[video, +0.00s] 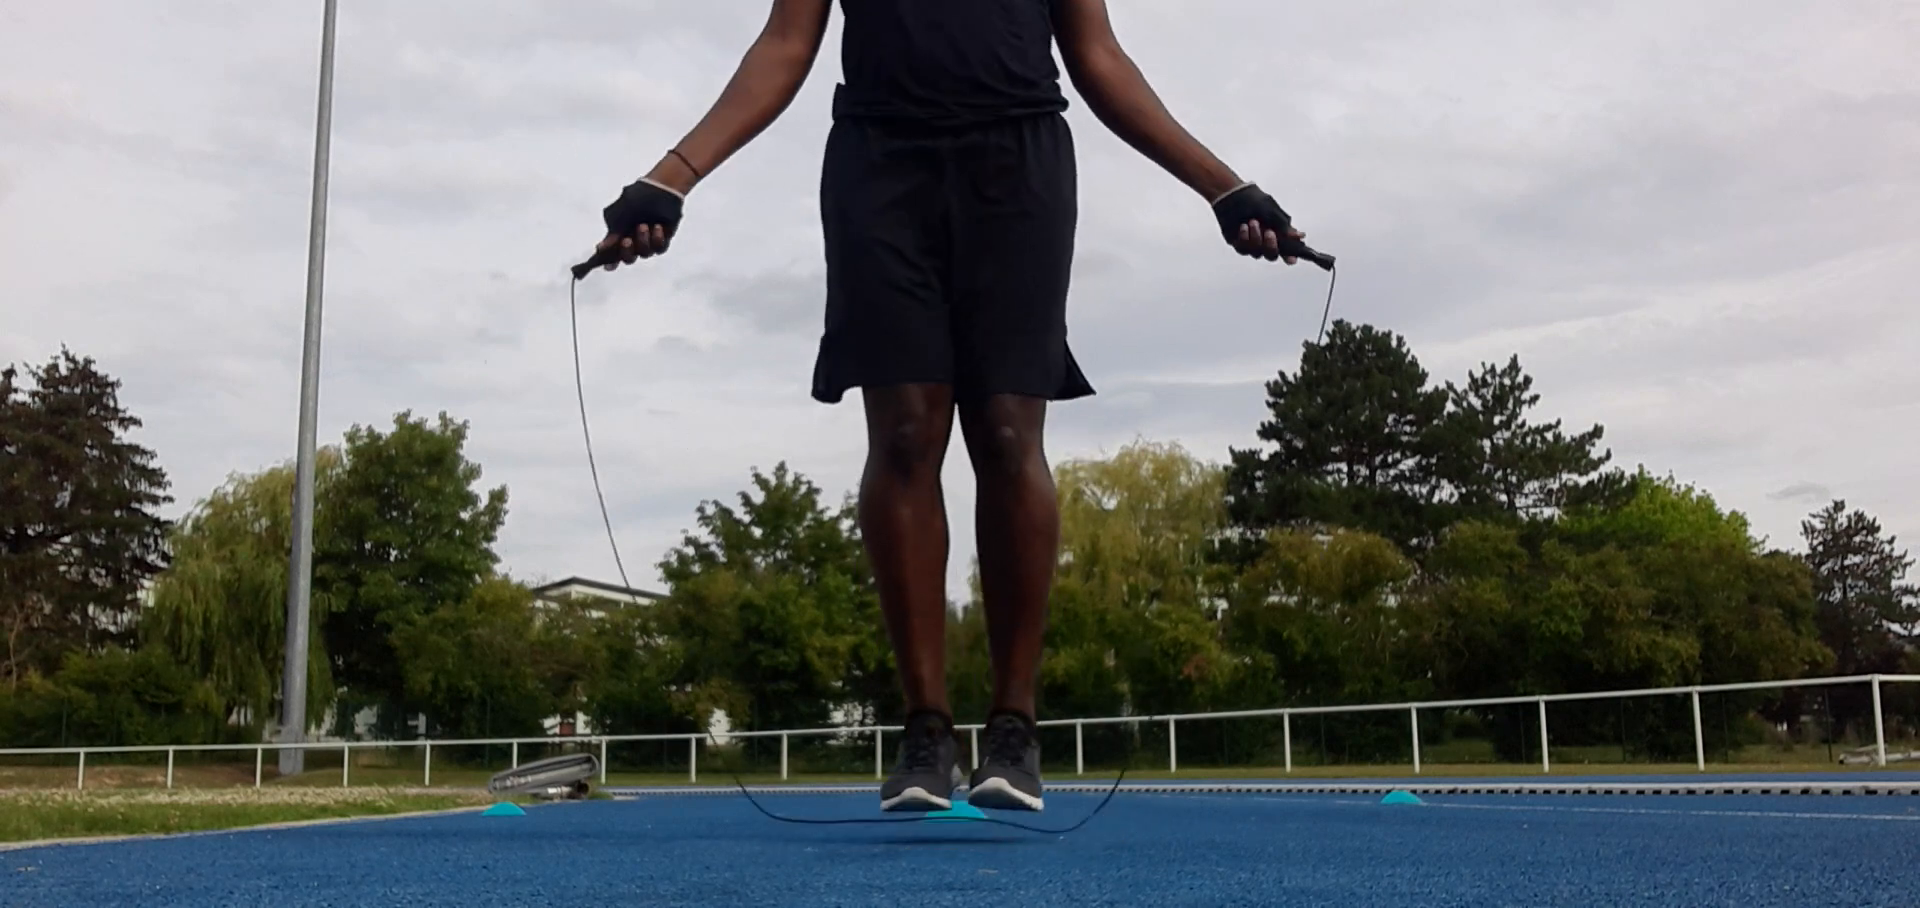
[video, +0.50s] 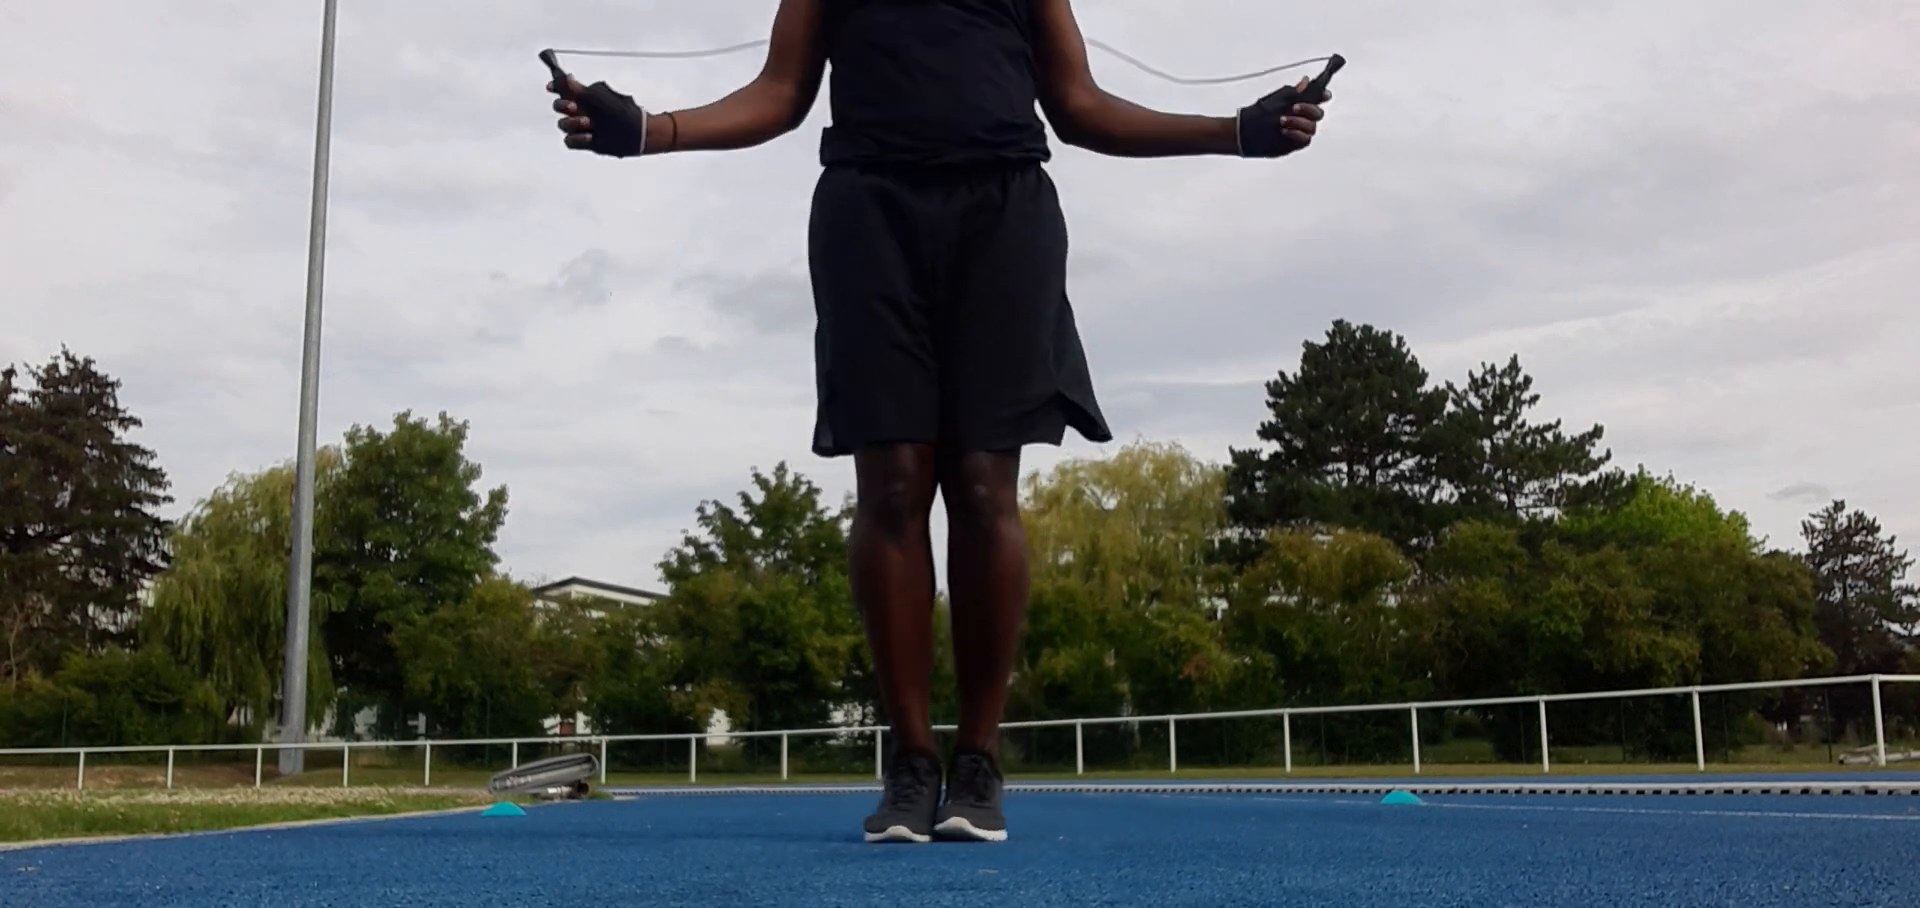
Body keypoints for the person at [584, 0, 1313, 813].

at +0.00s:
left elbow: (1099, 57)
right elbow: (787, 39)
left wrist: (1224, 185)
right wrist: (672, 173)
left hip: (1018, 146)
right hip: (878, 150)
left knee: (1006, 431)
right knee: (904, 427)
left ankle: (1013, 731)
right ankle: (926, 735)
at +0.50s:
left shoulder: (1030, 7)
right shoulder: (823, 7)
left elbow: (1082, 109)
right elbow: (778, 94)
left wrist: (1239, 129)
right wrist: (645, 128)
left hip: (1003, 205)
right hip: (869, 206)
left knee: (983, 484)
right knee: (893, 481)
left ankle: (977, 764)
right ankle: (910, 769)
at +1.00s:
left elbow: (1077, 98)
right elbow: (765, 84)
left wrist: (1206, 186)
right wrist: (659, 178)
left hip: (997, 206)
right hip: (863, 208)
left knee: (981, 469)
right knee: (886, 467)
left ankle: (982, 760)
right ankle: (908, 766)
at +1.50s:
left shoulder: (1013, 4)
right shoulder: (810, 2)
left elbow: (1062, 105)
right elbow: (764, 87)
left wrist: (1205, 192)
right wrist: (633, 190)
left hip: (987, 188)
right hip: (853, 186)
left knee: (964, 452)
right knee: (880, 450)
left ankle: (960, 739)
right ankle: (899, 741)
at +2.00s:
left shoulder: (1011, 6)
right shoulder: (802, 7)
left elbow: (1074, 136)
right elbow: (744, 131)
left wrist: (1214, 135)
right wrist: (617, 129)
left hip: (980, 248)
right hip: (849, 248)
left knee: (962, 506)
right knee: (871, 504)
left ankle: (958, 773)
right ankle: (903, 775)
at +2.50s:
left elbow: (1062, 100)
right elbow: (761, 89)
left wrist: (1179, 212)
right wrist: (661, 212)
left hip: (978, 201)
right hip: (848, 205)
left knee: (963, 459)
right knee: (867, 459)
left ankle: (965, 742)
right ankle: (887, 745)